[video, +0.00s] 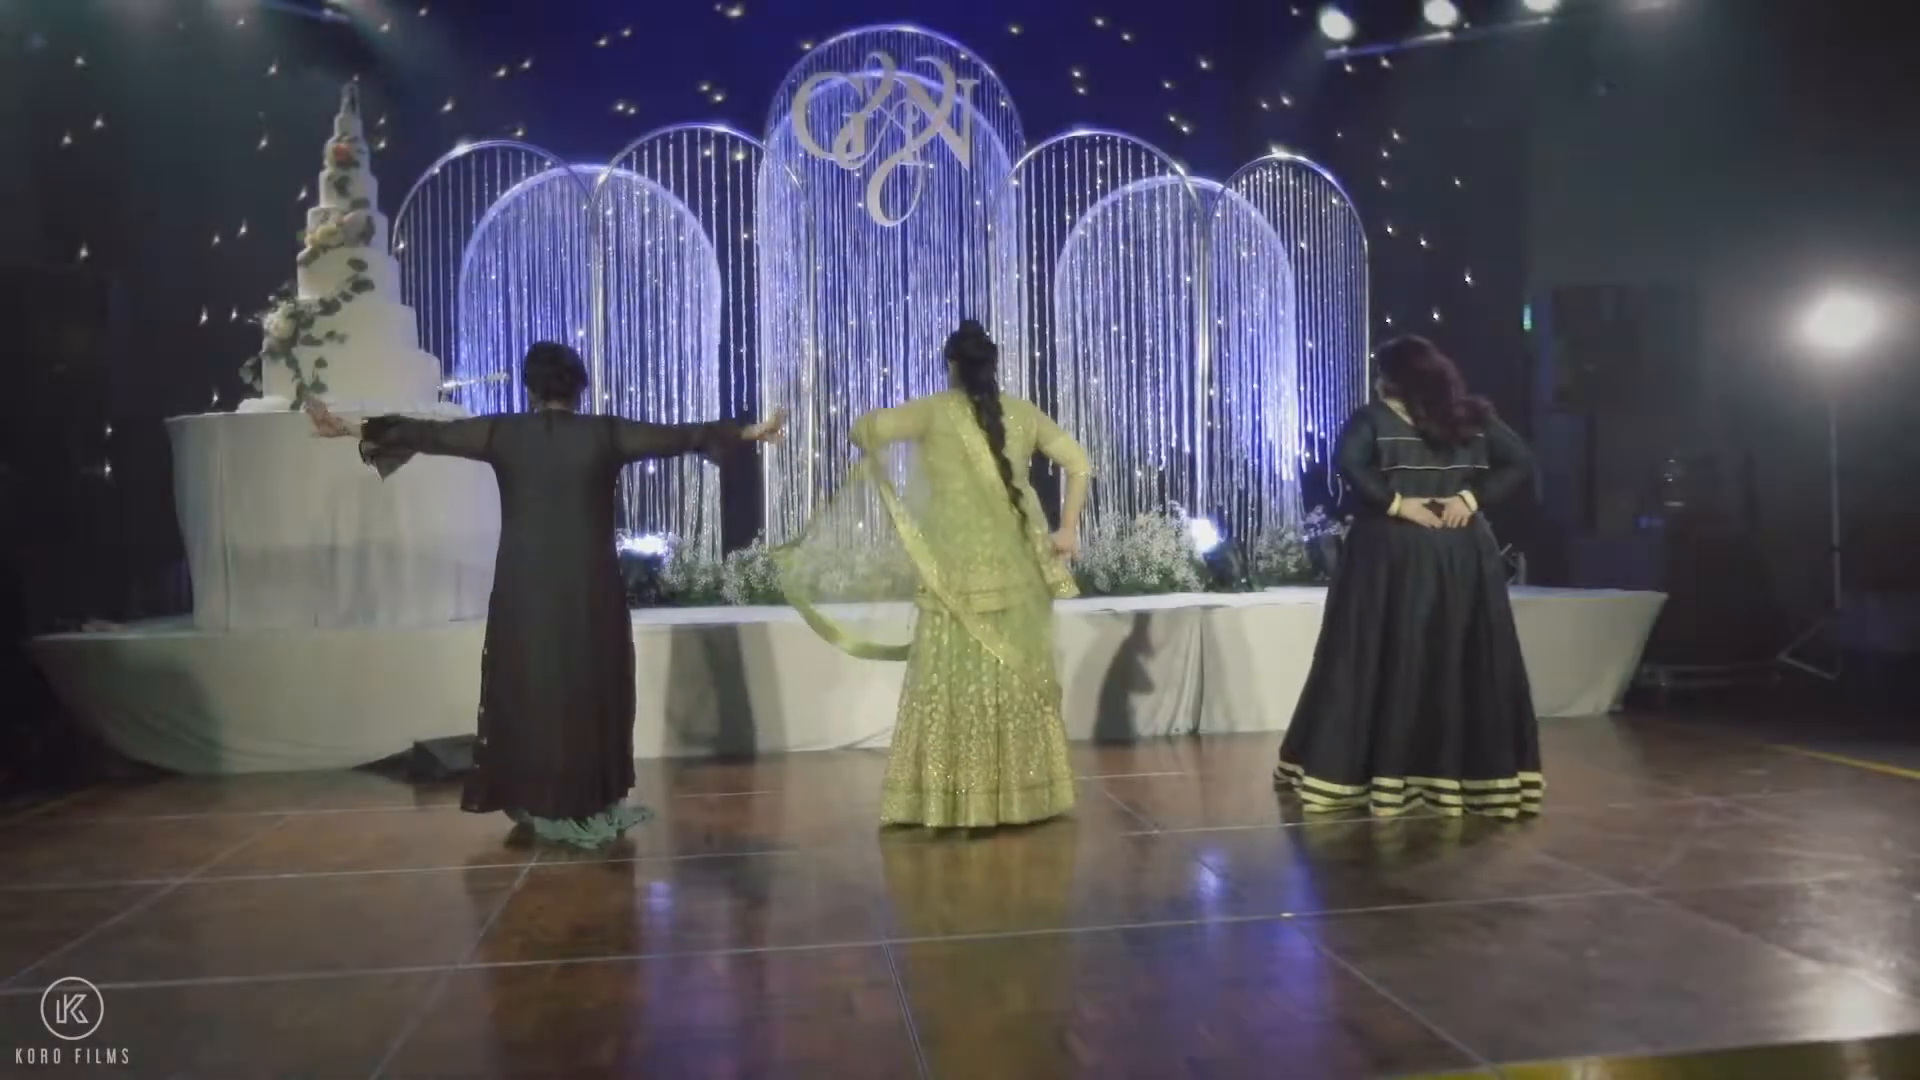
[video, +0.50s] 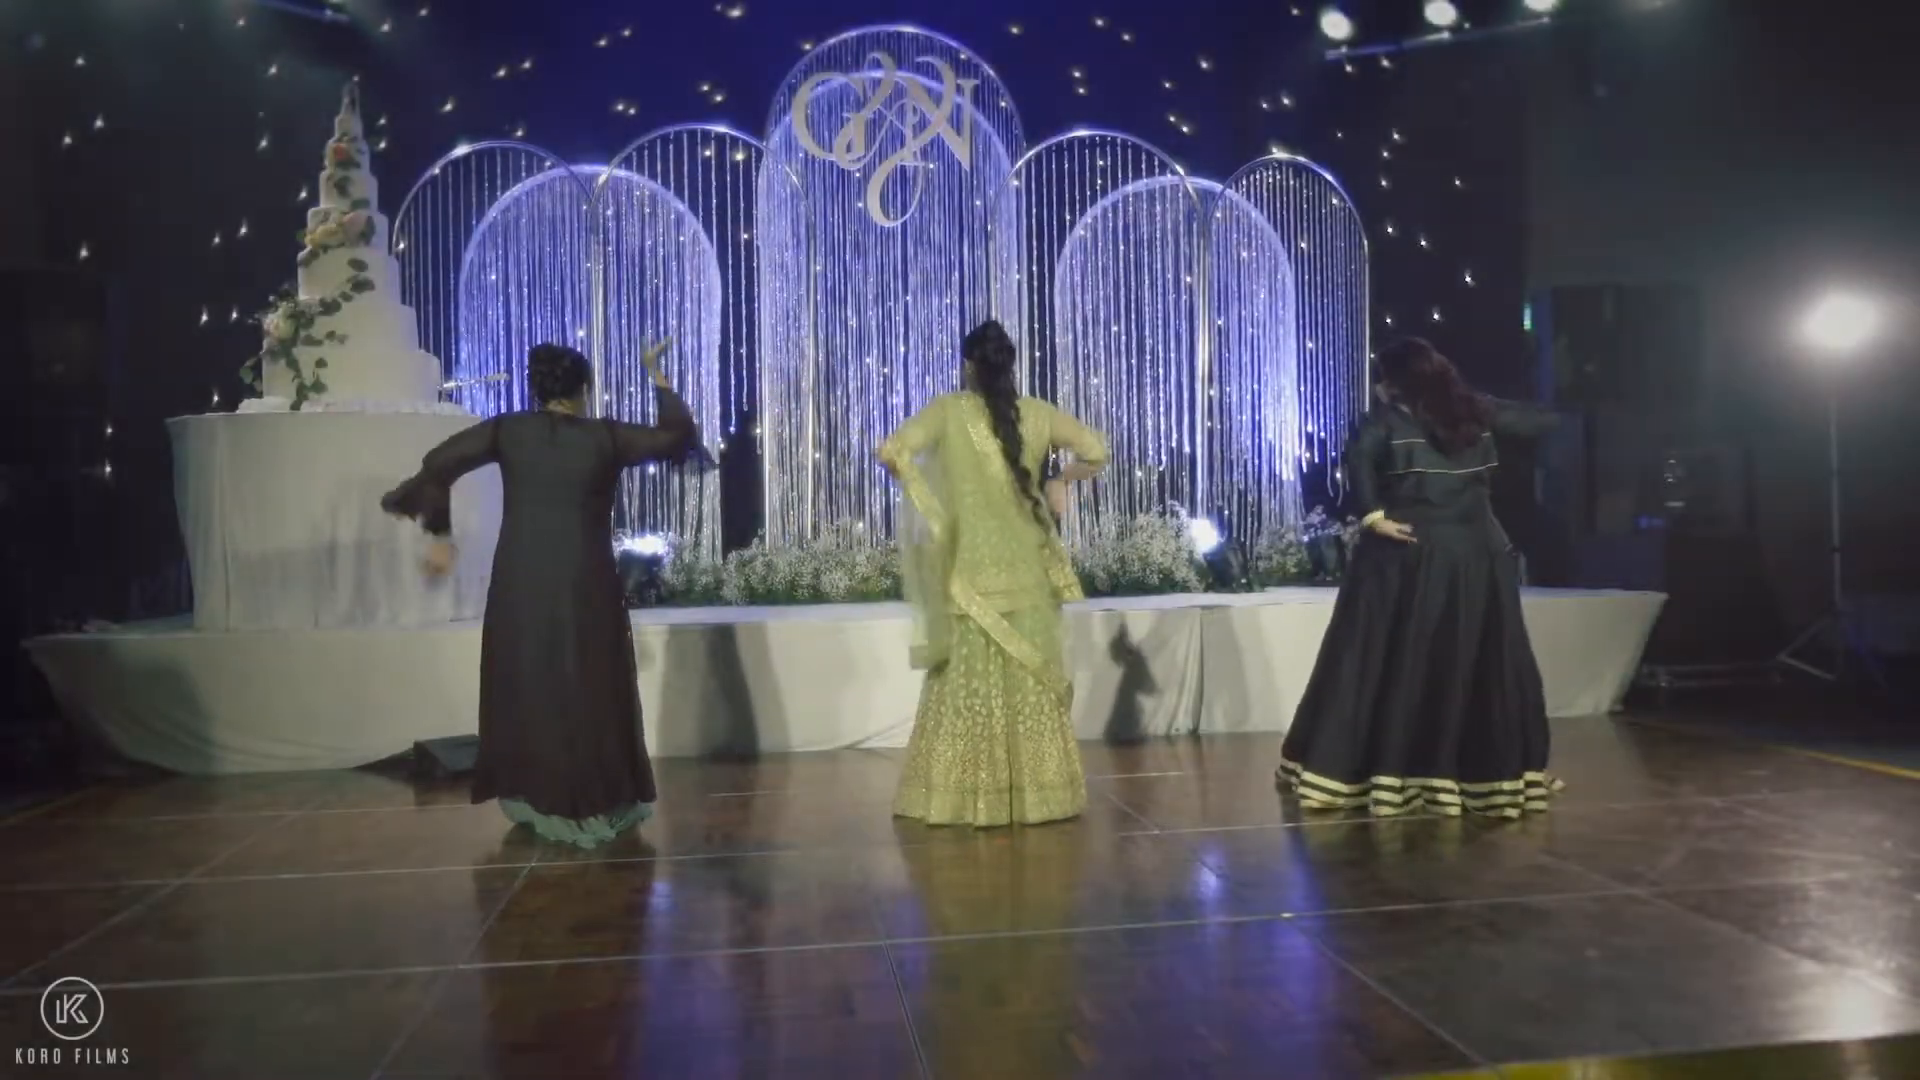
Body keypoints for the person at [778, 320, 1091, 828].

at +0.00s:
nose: (950, 369)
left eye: (949, 362)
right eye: (959, 361)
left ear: (950, 366)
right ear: (993, 365)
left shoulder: (934, 411)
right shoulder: (1022, 414)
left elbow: (868, 428)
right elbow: (1079, 464)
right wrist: (1069, 529)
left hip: (956, 580)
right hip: (1019, 578)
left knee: (955, 694)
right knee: (1019, 688)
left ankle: (959, 802)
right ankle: (1022, 800)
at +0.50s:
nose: (965, 369)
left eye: (965, 361)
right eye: (973, 360)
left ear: (966, 365)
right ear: (1011, 363)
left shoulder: (948, 410)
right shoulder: (1035, 411)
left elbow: (891, 452)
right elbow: (1097, 453)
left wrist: (933, 510)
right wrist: (1061, 481)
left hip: (972, 575)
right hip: (1030, 572)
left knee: (971, 691)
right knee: (1032, 687)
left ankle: (974, 798)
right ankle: (1034, 797)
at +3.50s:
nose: (947, 374)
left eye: (947, 368)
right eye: (950, 367)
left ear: (956, 368)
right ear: (993, 365)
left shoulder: (947, 413)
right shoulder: (1031, 414)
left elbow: (889, 461)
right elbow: (1090, 454)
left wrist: (822, 456)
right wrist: (1137, 463)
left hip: (968, 576)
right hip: (1027, 575)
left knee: (968, 688)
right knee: (1029, 685)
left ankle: (967, 795)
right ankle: (1030, 794)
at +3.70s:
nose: (943, 378)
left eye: (945, 370)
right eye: (944, 370)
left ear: (959, 369)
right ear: (988, 367)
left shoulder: (946, 412)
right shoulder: (1024, 416)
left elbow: (908, 462)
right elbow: (1069, 468)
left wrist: (844, 442)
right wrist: (1110, 469)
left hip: (966, 573)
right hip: (1026, 572)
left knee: (968, 686)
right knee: (1029, 683)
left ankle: (970, 796)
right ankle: (1028, 795)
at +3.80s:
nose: (940, 377)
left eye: (942, 369)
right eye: (941, 369)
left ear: (957, 368)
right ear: (985, 367)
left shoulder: (945, 411)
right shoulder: (1018, 416)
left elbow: (919, 469)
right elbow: (1056, 483)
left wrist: (857, 460)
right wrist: (1068, 503)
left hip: (968, 573)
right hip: (1025, 571)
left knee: (967, 686)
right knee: (1028, 682)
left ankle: (971, 795)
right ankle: (1029, 794)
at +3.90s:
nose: (931, 376)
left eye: (934, 368)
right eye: (931, 368)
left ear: (955, 366)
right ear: (970, 366)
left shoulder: (948, 409)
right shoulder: (995, 413)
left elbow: (933, 469)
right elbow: (1031, 486)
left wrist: (869, 469)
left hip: (969, 570)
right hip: (1013, 566)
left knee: (967, 681)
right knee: (1012, 681)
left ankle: (966, 795)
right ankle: (1014, 795)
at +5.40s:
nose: (980, 368)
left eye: (988, 360)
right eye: (970, 361)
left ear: (1000, 367)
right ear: (956, 370)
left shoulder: (1026, 421)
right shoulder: (938, 421)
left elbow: (1054, 493)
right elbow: (885, 477)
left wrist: (1021, 508)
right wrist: (907, 534)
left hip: (1014, 564)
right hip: (952, 564)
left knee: (1019, 673)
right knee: (955, 675)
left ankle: (1023, 785)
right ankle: (954, 789)